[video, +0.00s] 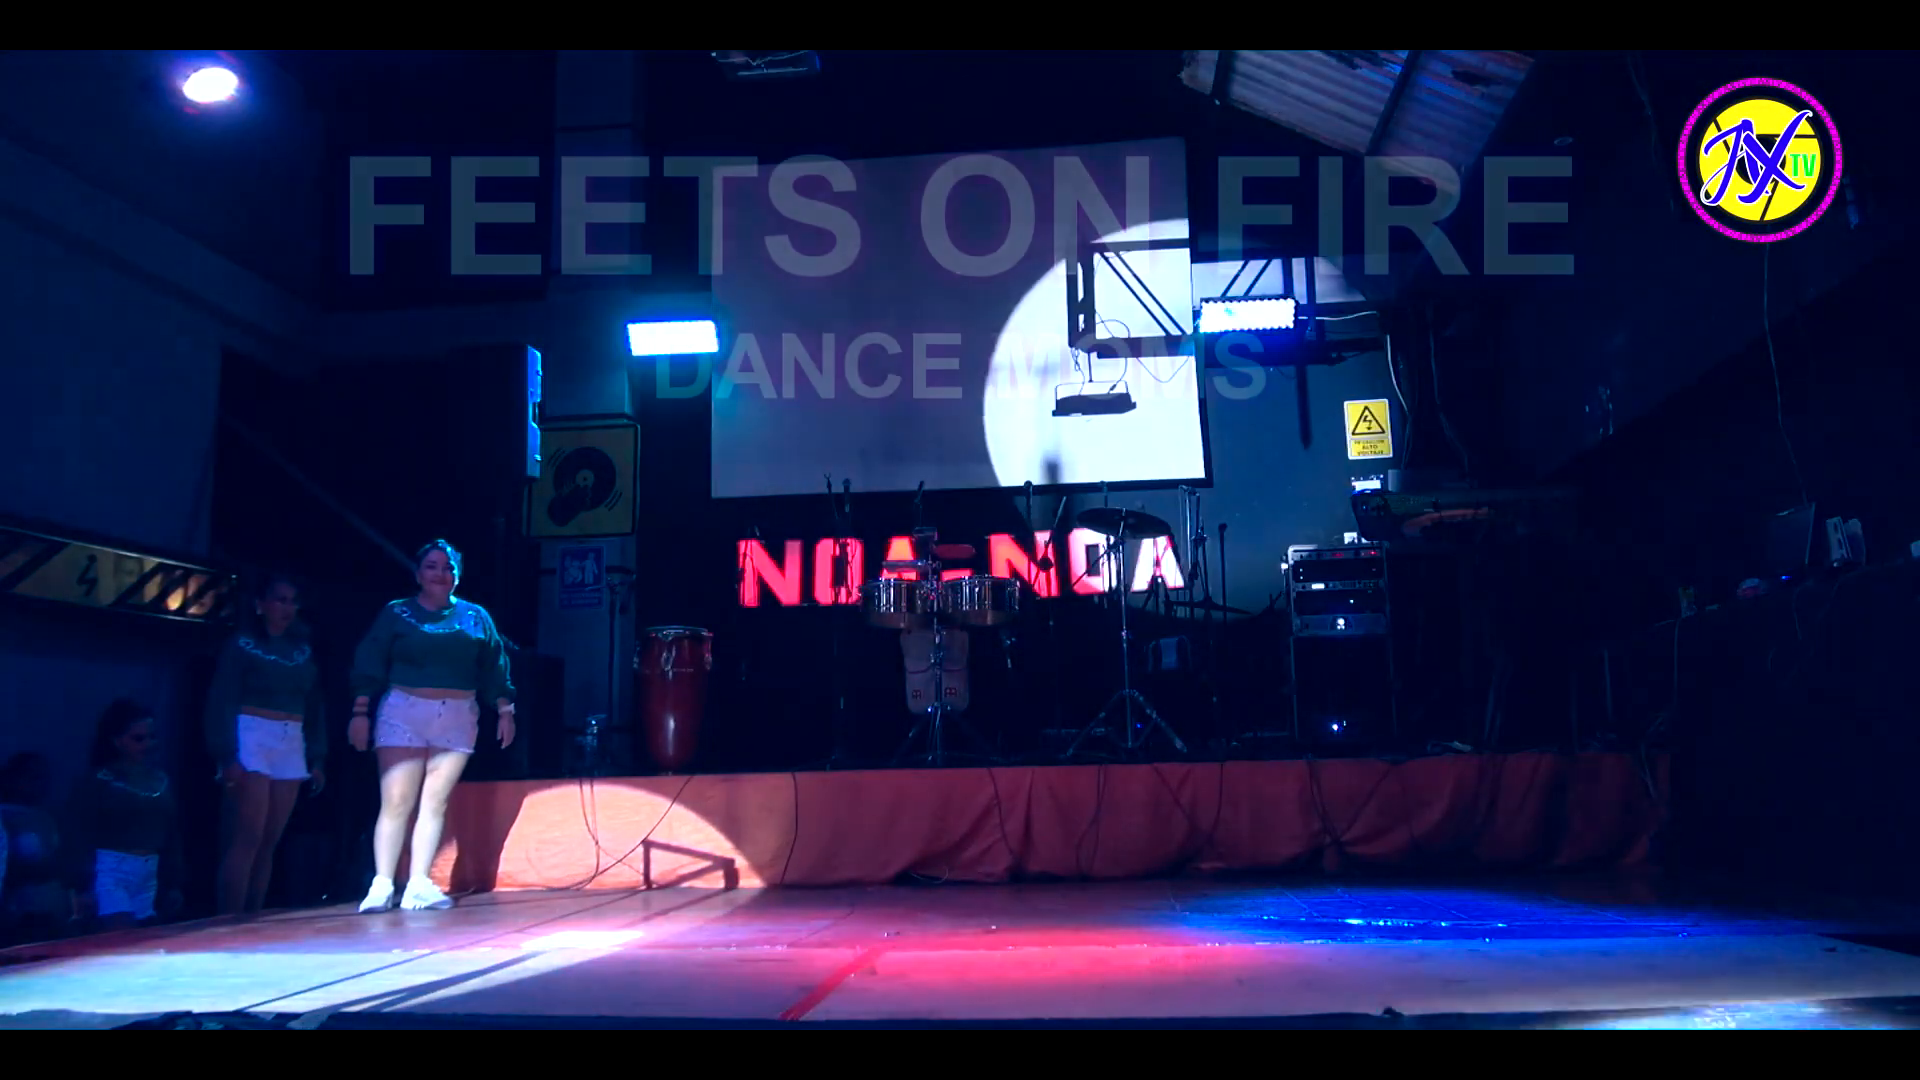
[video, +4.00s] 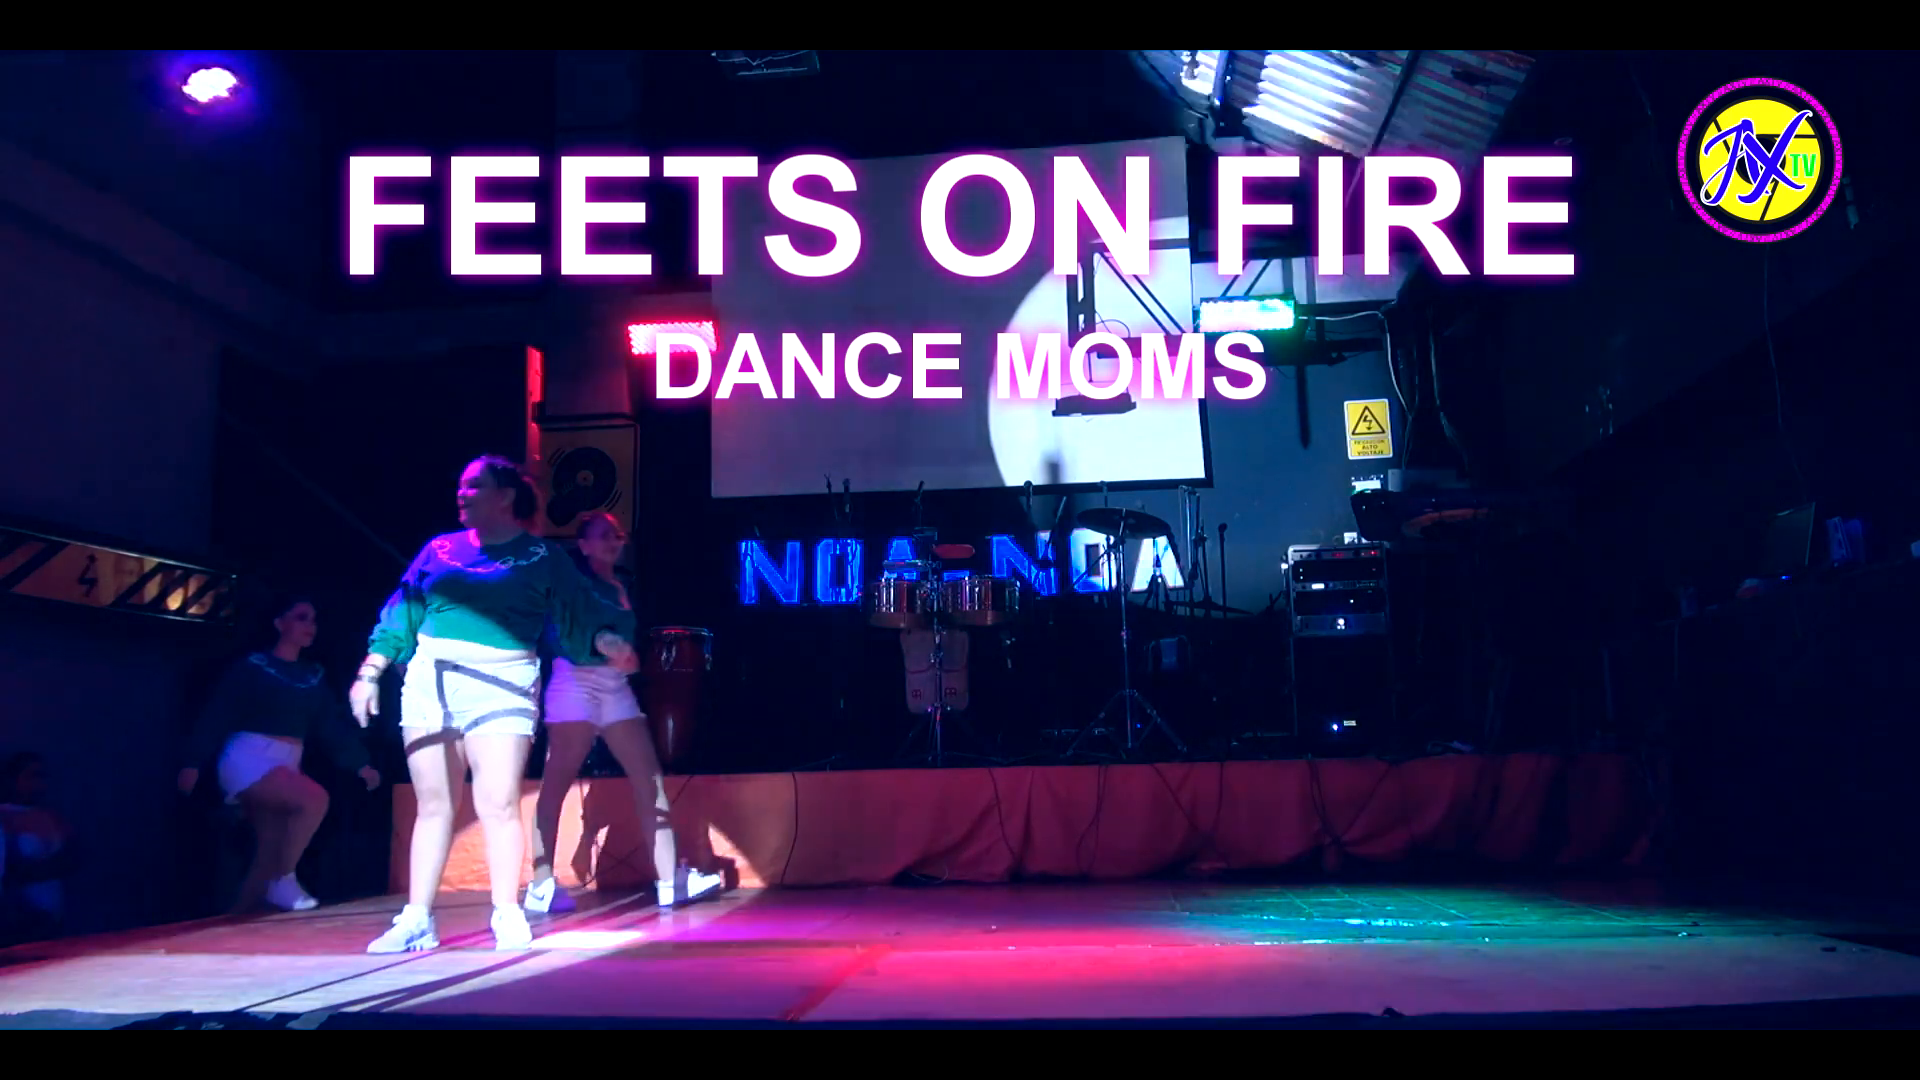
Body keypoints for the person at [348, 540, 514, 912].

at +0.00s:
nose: (438, 573)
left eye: (446, 568)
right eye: (431, 566)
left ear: (455, 575)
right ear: (418, 572)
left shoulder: (476, 617)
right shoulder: (397, 613)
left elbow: (496, 665)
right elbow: (370, 661)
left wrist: (505, 709)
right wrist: (360, 711)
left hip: (457, 715)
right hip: (403, 712)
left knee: (435, 803)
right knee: (396, 802)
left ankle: (418, 884)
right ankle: (383, 884)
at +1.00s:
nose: (466, 577)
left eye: (472, 571)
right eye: (458, 570)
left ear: (479, 577)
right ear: (442, 575)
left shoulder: (482, 620)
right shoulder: (426, 614)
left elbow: (488, 675)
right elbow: (409, 664)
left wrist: (496, 716)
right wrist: (417, 713)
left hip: (474, 717)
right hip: (429, 709)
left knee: (446, 801)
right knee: (432, 795)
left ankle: (420, 881)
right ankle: (386, 863)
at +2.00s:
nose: (540, 564)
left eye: (545, 558)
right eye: (531, 556)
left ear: (549, 563)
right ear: (505, 560)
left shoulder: (559, 607)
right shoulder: (475, 601)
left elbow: (578, 659)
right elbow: (432, 642)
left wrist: (574, 699)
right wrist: (447, 634)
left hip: (545, 707)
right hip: (487, 708)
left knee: (545, 796)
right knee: (499, 803)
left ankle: (555, 884)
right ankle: (504, 883)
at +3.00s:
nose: (526, 526)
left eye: (537, 519)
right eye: (519, 519)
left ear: (556, 529)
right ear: (507, 529)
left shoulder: (583, 578)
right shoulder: (492, 584)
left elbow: (628, 623)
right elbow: (467, 646)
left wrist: (663, 650)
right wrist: (432, 681)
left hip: (569, 686)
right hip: (507, 688)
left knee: (572, 783)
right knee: (519, 795)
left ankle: (572, 863)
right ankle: (534, 900)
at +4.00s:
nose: (462, 495)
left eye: (474, 487)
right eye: (461, 487)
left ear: (508, 496)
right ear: (461, 496)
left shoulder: (545, 558)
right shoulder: (439, 548)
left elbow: (582, 615)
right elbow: (401, 612)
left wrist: (607, 640)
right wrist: (370, 671)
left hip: (500, 684)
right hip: (427, 680)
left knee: (498, 803)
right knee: (433, 804)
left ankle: (506, 911)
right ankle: (417, 918)